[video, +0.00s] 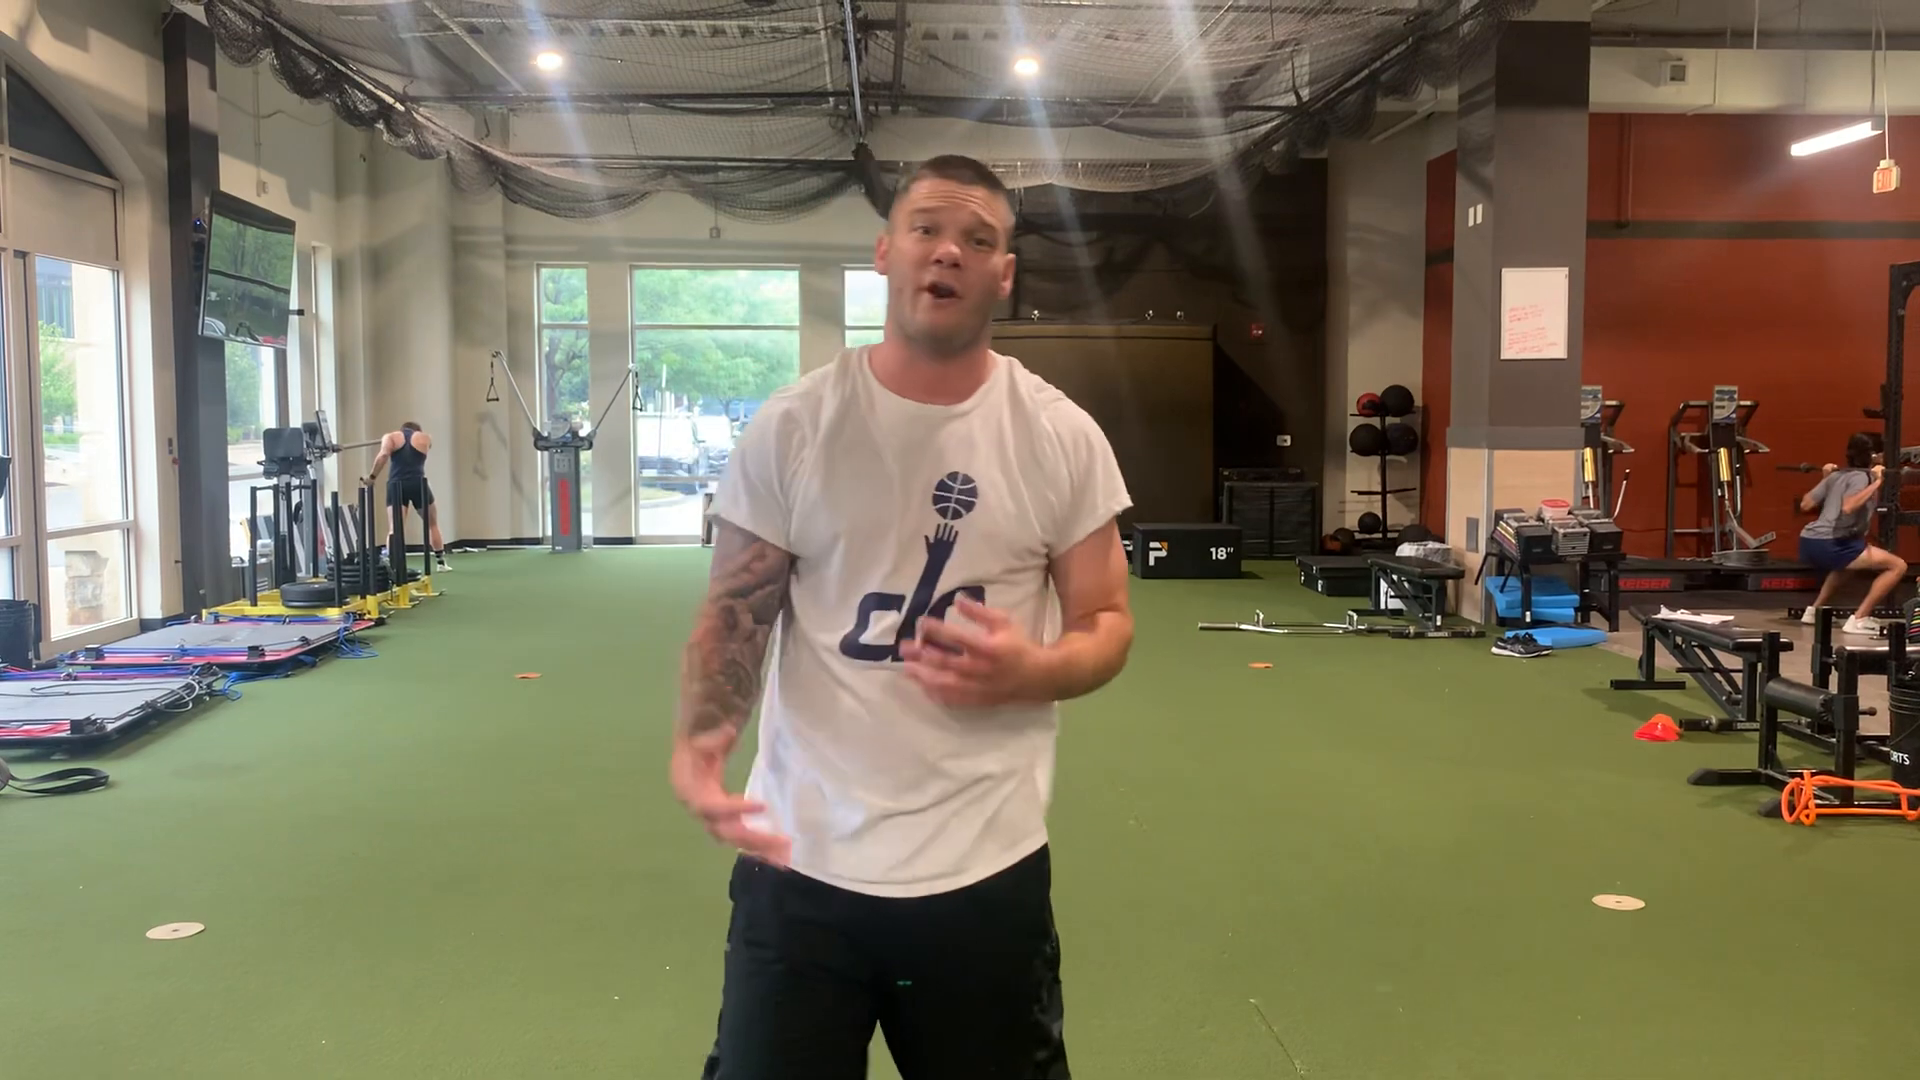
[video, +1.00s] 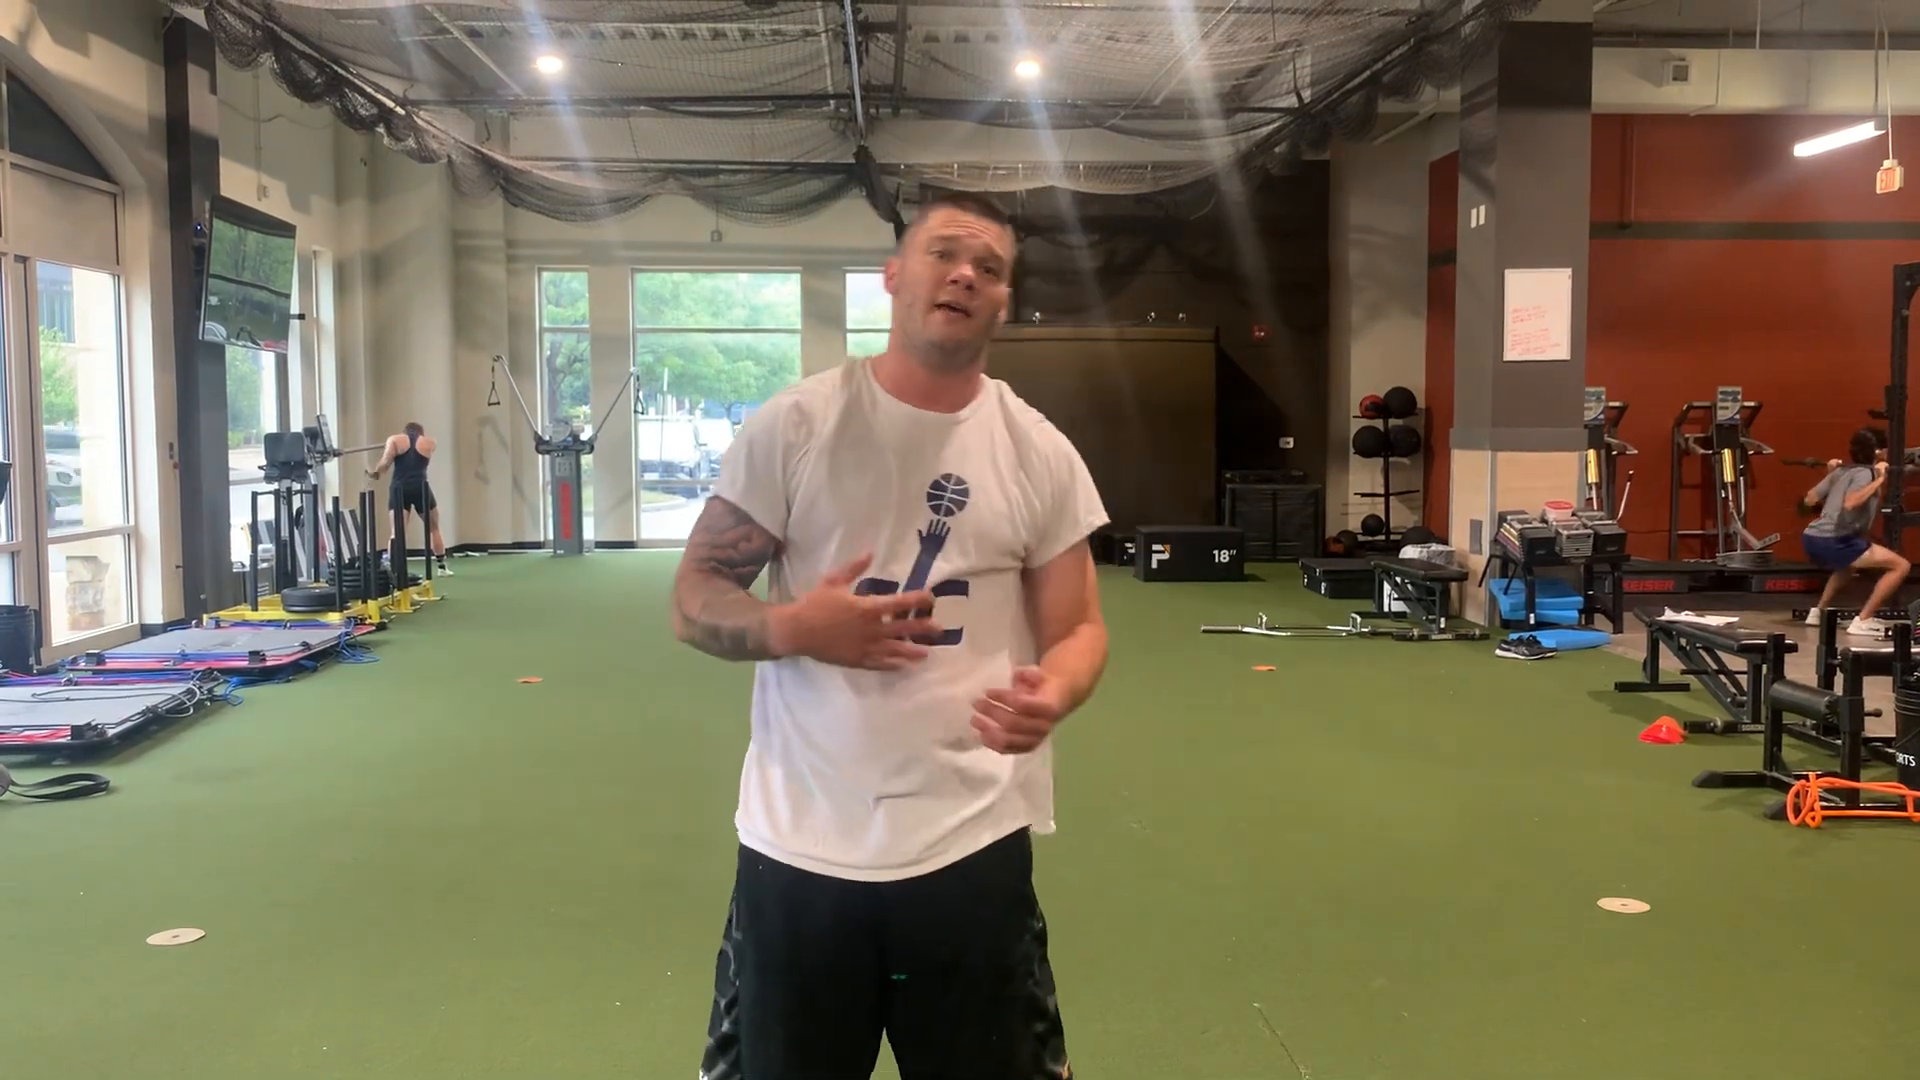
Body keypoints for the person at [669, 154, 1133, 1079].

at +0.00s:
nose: (949, 250)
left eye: (978, 237)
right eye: (927, 228)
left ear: (1006, 277)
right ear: (882, 253)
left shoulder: (1061, 439)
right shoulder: (794, 425)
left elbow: (1104, 627)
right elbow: (737, 609)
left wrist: (1036, 671)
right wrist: (701, 754)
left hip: (982, 873)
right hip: (800, 868)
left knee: (1002, 1069)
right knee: (759, 1070)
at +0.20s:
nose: (999, 251)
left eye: (1027, 239)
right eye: (976, 228)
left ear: (1051, 282)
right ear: (927, 256)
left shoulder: (1092, 449)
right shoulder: (824, 421)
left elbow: (1125, 647)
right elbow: (750, 599)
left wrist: (1086, 653)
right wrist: (769, 751)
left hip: (996, 867)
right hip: (822, 859)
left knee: (1008, 1068)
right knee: (789, 1068)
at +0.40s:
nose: (1027, 264)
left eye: (1057, 256)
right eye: (1008, 239)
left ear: (1079, 301)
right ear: (960, 263)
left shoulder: (1100, 464)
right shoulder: (842, 415)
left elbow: (1137, 652)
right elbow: (752, 589)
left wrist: (1141, 732)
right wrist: (796, 736)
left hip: (988, 869)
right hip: (818, 860)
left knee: (1007, 1069)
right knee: (783, 1067)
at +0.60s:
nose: (1039, 278)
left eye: (1068, 269)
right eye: (1021, 250)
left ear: (1090, 308)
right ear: (972, 264)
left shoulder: (1100, 471)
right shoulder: (849, 414)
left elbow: (1130, 656)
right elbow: (748, 585)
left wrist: (1132, 735)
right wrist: (781, 724)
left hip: (987, 868)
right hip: (815, 856)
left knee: (997, 1070)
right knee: (772, 1068)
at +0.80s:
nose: (1015, 277)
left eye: (1044, 269)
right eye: (997, 251)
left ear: (1061, 310)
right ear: (946, 271)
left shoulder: (1081, 466)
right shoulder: (833, 418)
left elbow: (1104, 649)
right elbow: (728, 585)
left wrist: (1086, 720)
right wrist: (788, 695)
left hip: (983, 856)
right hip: (811, 847)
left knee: (994, 1068)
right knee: (773, 1067)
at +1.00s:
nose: (964, 276)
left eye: (989, 268)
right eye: (943, 253)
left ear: (1005, 306)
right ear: (892, 275)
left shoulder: (1039, 455)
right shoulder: (793, 428)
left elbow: (1078, 630)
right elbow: (697, 597)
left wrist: (1052, 691)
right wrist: (792, 628)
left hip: (972, 850)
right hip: (801, 850)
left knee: (997, 1067)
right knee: (770, 1067)